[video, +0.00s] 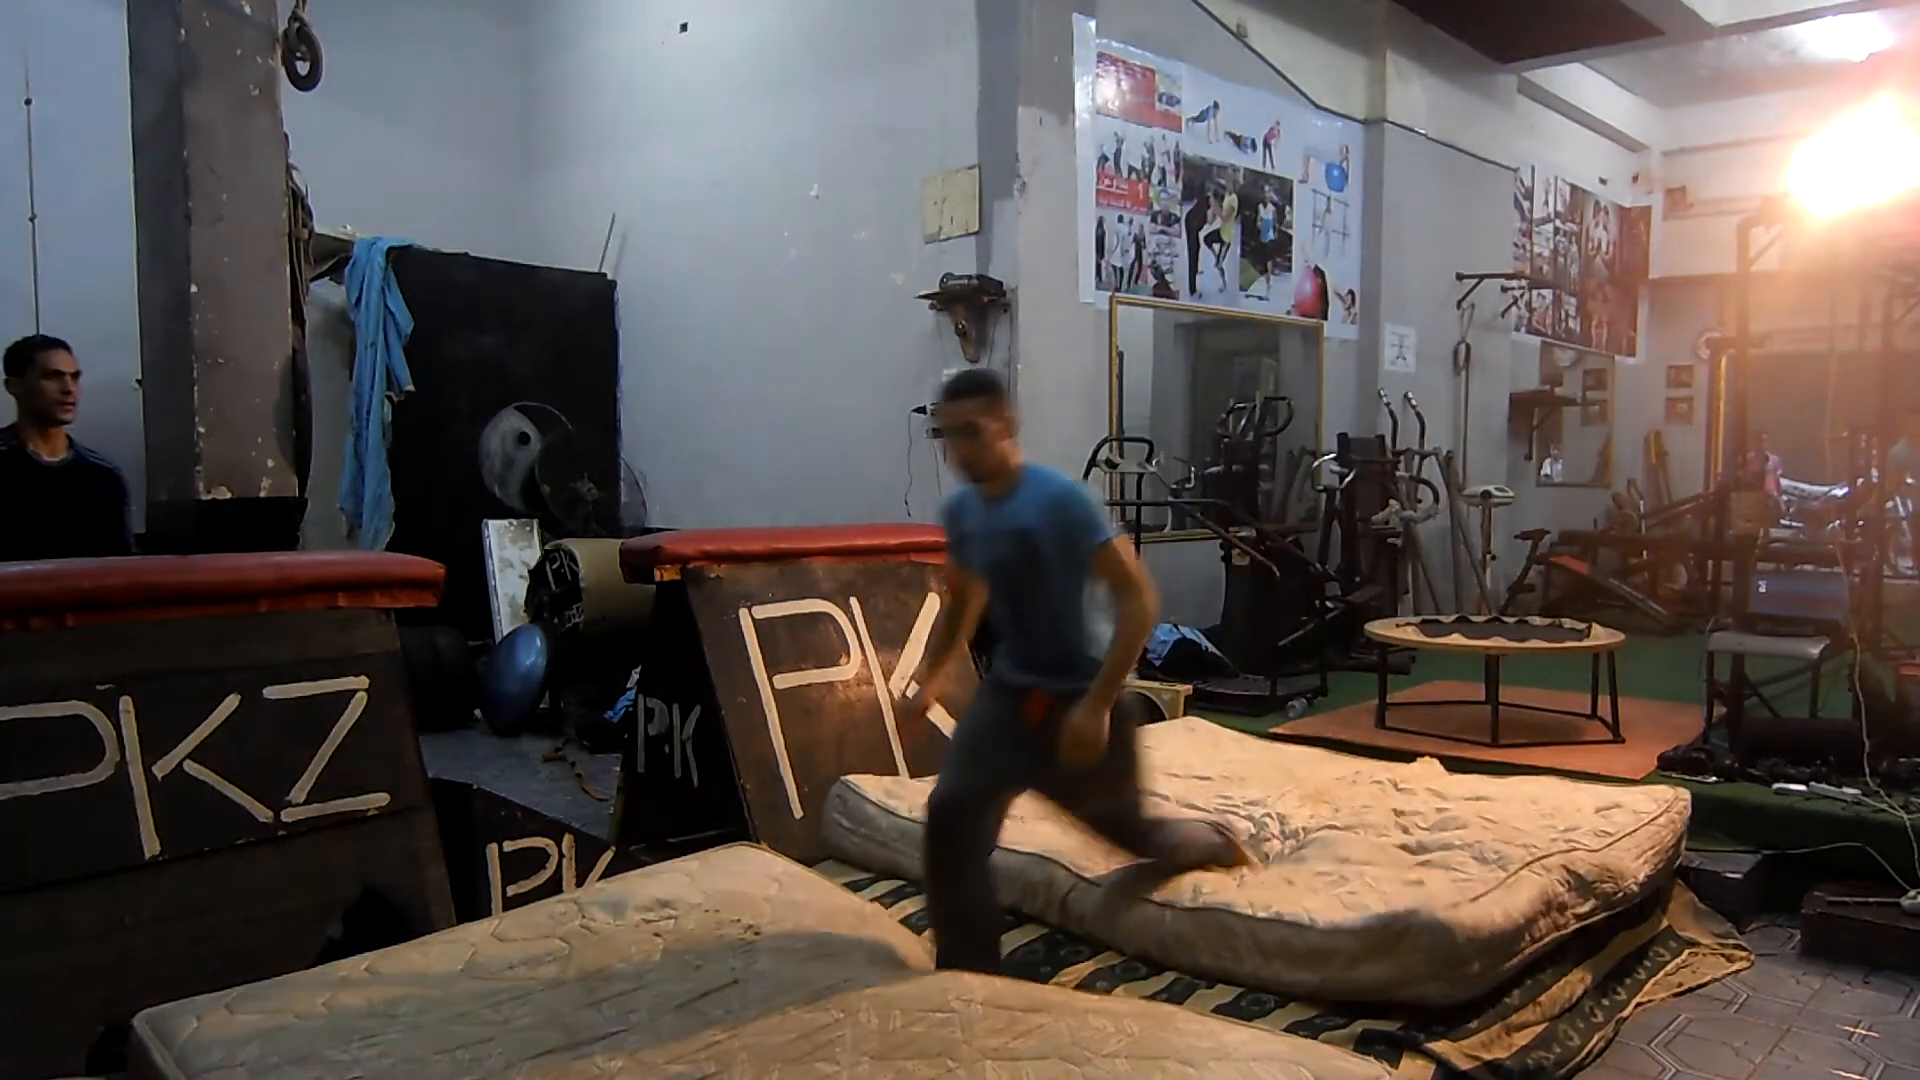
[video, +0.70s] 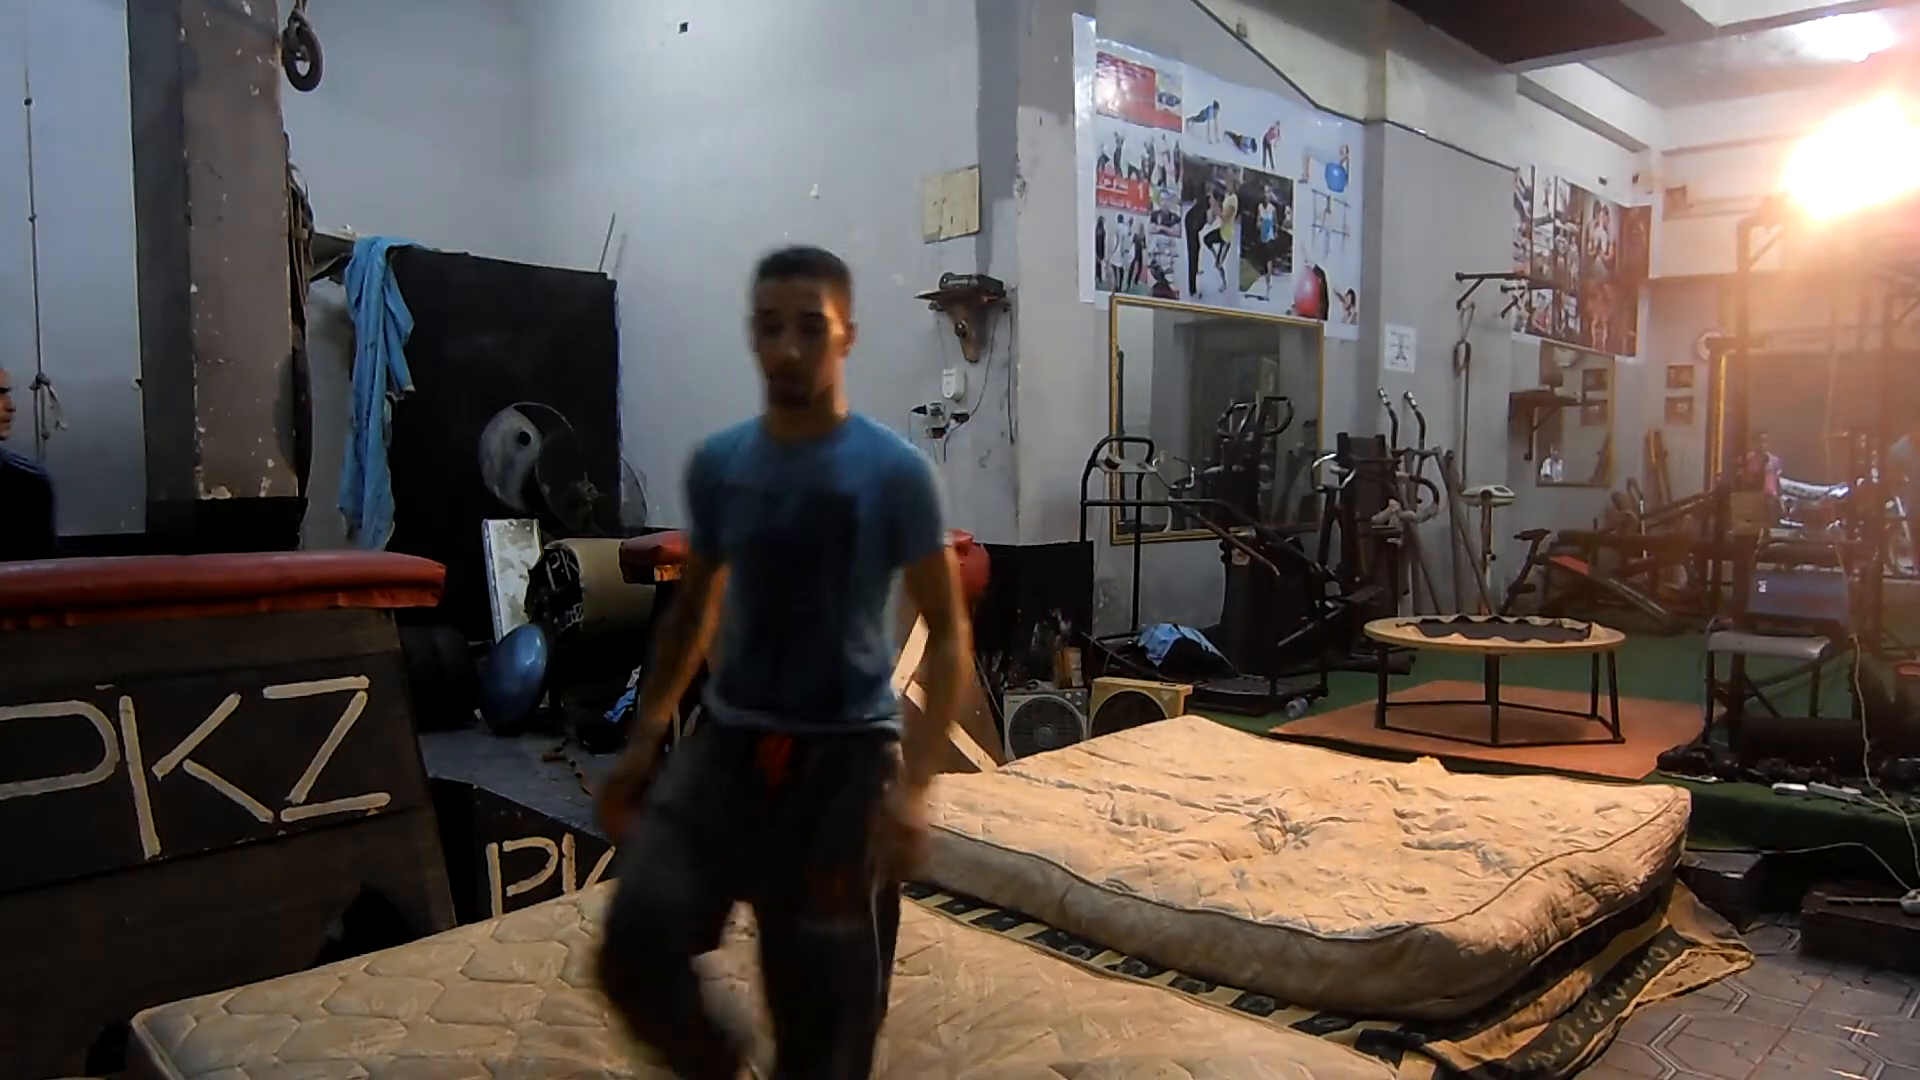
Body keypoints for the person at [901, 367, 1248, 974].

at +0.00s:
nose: (958, 449)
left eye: (970, 432)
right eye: (948, 435)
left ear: (1008, 429)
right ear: (941, 439)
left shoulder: (1062, 500)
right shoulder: (961, 511)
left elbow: (1140, 601)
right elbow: (965, 596)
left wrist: (1096, 706)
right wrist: (928, 681)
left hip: (1081, 699)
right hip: (1009, 694)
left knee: (1128, 832)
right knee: (953, 824)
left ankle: (1214, 846)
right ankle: (969, 993)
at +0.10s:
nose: (917, 448)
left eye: (929, 429)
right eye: (906, 433)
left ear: (967, 423)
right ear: (898, 438)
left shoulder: (1029, 501)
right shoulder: (919, 516)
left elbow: (1106, 601)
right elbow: (913, 622)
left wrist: (1100, 721)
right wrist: (879, 699)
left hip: (1047, 707)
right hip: (973, 701)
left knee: (1043, 881)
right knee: (924, 843)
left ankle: (1141, 828)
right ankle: (958, 997)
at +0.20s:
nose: (895, 415)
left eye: (908, 396)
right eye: (882, 401)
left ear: (946, 395)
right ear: (873, 409)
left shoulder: (1010, 478)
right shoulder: (884, 494)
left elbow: (1090, 578)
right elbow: (871, 597)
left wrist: (1101, 691)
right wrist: (840, 677)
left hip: (1021, 681)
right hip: (945, 680)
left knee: (949, 834)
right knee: (905, 844)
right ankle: (959, 991)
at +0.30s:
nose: (879, 359)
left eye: (892, 342)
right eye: (864, 347)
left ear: (926, 342)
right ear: (852, 359)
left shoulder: (992, 433)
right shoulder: (852, 452)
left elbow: (1067, 536)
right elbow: (835, 551)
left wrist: (1087, 652)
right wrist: (822, 611)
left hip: (990, 644)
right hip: (913, 648)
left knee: (910, 788)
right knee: (898, 800)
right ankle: (970, 935)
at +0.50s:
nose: (840, 305)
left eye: (858, 287)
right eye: (824, 290)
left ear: (897, 293)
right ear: (809, 301)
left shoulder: (955, 405)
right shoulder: (794, 412)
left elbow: (1021, 539)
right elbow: (764, 536)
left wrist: (1023, 679)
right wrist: (750, 643)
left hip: (910, 663)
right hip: (820, 658)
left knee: (847, 880)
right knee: (796, 861)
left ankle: (810, 1065)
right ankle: (904, 877)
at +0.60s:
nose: (817, 338)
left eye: (837, 319)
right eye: (802, 319)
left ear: (877, 326)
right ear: (785, 329)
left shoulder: (930, 459)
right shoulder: (760, 452)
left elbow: (988, 611)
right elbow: (730, 588)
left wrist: (977, 757)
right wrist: (690, 702)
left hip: (868, 737)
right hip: (765, 724)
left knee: (834, 970)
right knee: (711, 938)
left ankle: (823, 1074)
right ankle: (817, 915)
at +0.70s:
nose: (786, 348)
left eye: (809, 327)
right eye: (769, 327)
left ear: (848, 337)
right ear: (751, 338)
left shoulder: (896, 472)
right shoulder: (717, 466)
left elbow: (948, 634)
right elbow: (692, 610)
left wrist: (915, 784)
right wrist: (643, 740)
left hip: (842, 759)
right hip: (726, 747)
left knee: (825, 1012)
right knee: (635, 953)